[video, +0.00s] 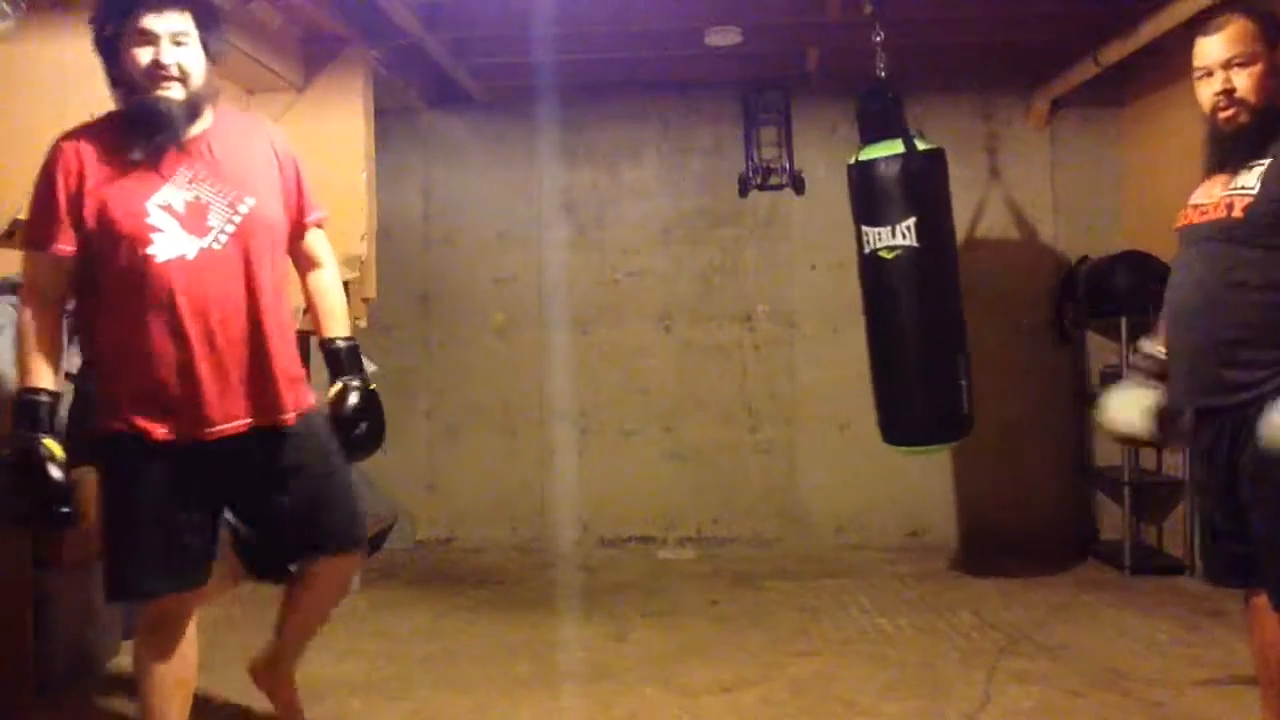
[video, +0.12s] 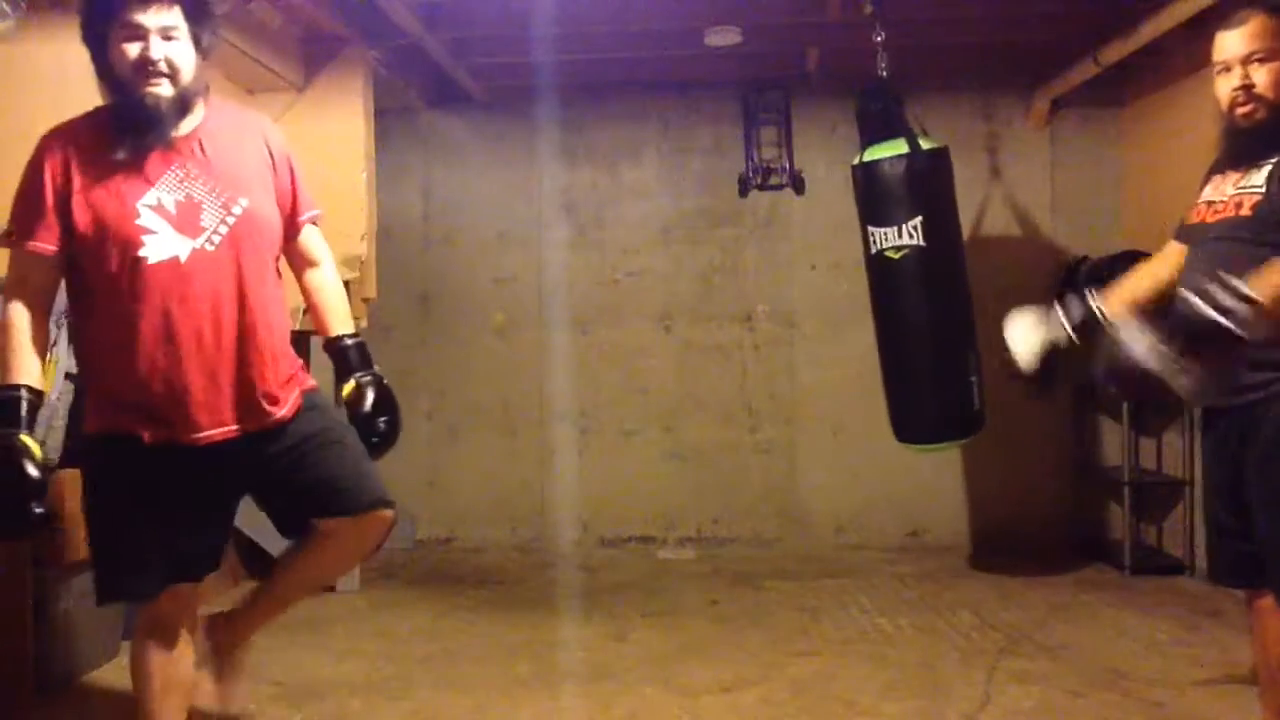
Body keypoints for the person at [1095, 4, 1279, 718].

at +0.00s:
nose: (1221, 86)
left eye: (1239, 65)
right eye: (1205, 74)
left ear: (1274, 67)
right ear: (1194, 87)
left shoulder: (1273, 167)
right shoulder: (1216, 176)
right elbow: (1193, 284)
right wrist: (1159, 361)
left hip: (1263, 408)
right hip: (1214, 410)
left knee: (1268, 591)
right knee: (1254, 589)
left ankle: (1270, 705)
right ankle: (1269, 704)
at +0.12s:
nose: (1240, 81)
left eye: (1257, 62)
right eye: (1224, 68)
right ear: (1211, 81)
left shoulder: (1278, 162)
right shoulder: (1227, 165)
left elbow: (1278, 269)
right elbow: (1175, 257)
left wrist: (1245, 301)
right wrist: (1080, 313)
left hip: (1271, 403)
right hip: (1230, 405)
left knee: (1270, 588)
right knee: (1258, 583)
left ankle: (1270, 702)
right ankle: (1266, 693)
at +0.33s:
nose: (1249, 81)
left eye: (1264, 62)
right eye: (1233, 69)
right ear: (1220, 79)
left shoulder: (1276, 156)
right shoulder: (1228, 158)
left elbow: (1267, 254)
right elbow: (1194, 260)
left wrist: (1175, 228)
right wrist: (1112, 236)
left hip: (1272, 401)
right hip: (1236, 404)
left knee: (1269, 589)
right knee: (1260, 589)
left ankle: (1269, 701)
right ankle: (1269, 704)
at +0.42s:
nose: (1248, 79)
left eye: (1263, 60)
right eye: (1232, 68)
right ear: (1220, 82)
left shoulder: (1276, 158)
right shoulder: (1230, 163)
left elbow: (1269, 244)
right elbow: (1205, 257)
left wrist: (1213, 230)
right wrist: (1122, 235)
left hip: (1272, 403)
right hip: (1236, 407)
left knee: (1267, 589)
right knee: (1261, 588)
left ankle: (1269, 701)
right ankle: (1269, 704)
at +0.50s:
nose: (1245, 80)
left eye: (1262, 61)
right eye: (1229, 69)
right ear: (1215, 83)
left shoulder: (1273, 164)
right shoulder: (1223, 170)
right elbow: (1196, 273)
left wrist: (1231, 173)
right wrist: (1114, 233)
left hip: (1275, 407)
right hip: (1236, 411)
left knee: (1271, 589)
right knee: (1262, 589)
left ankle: (1270, 704)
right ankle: (1270, 709)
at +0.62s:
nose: (1241, 80)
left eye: (1258, 61)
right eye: (1226, 69)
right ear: (1215, 79)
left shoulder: (1272, 142)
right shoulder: (1227, 150)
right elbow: (1207, 264)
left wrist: (1269, 169)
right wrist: (1111, 223)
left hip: (1274, 404)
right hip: (1238, 407)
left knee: (1270, 589)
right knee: (1261, 589)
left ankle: (1269, 701)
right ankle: (1269, 707)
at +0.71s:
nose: (1245, 81)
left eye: (1261, 62)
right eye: (1230, 69)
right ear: (1218, 80)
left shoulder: (1271, 147)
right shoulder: (1232, 163)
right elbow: (1200, 266)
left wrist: (1267, 174)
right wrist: (1112, 220)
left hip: (1273, 406)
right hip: (1240, 408)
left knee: (1268, 589)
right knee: (1262, 590)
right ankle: (1269, 708)